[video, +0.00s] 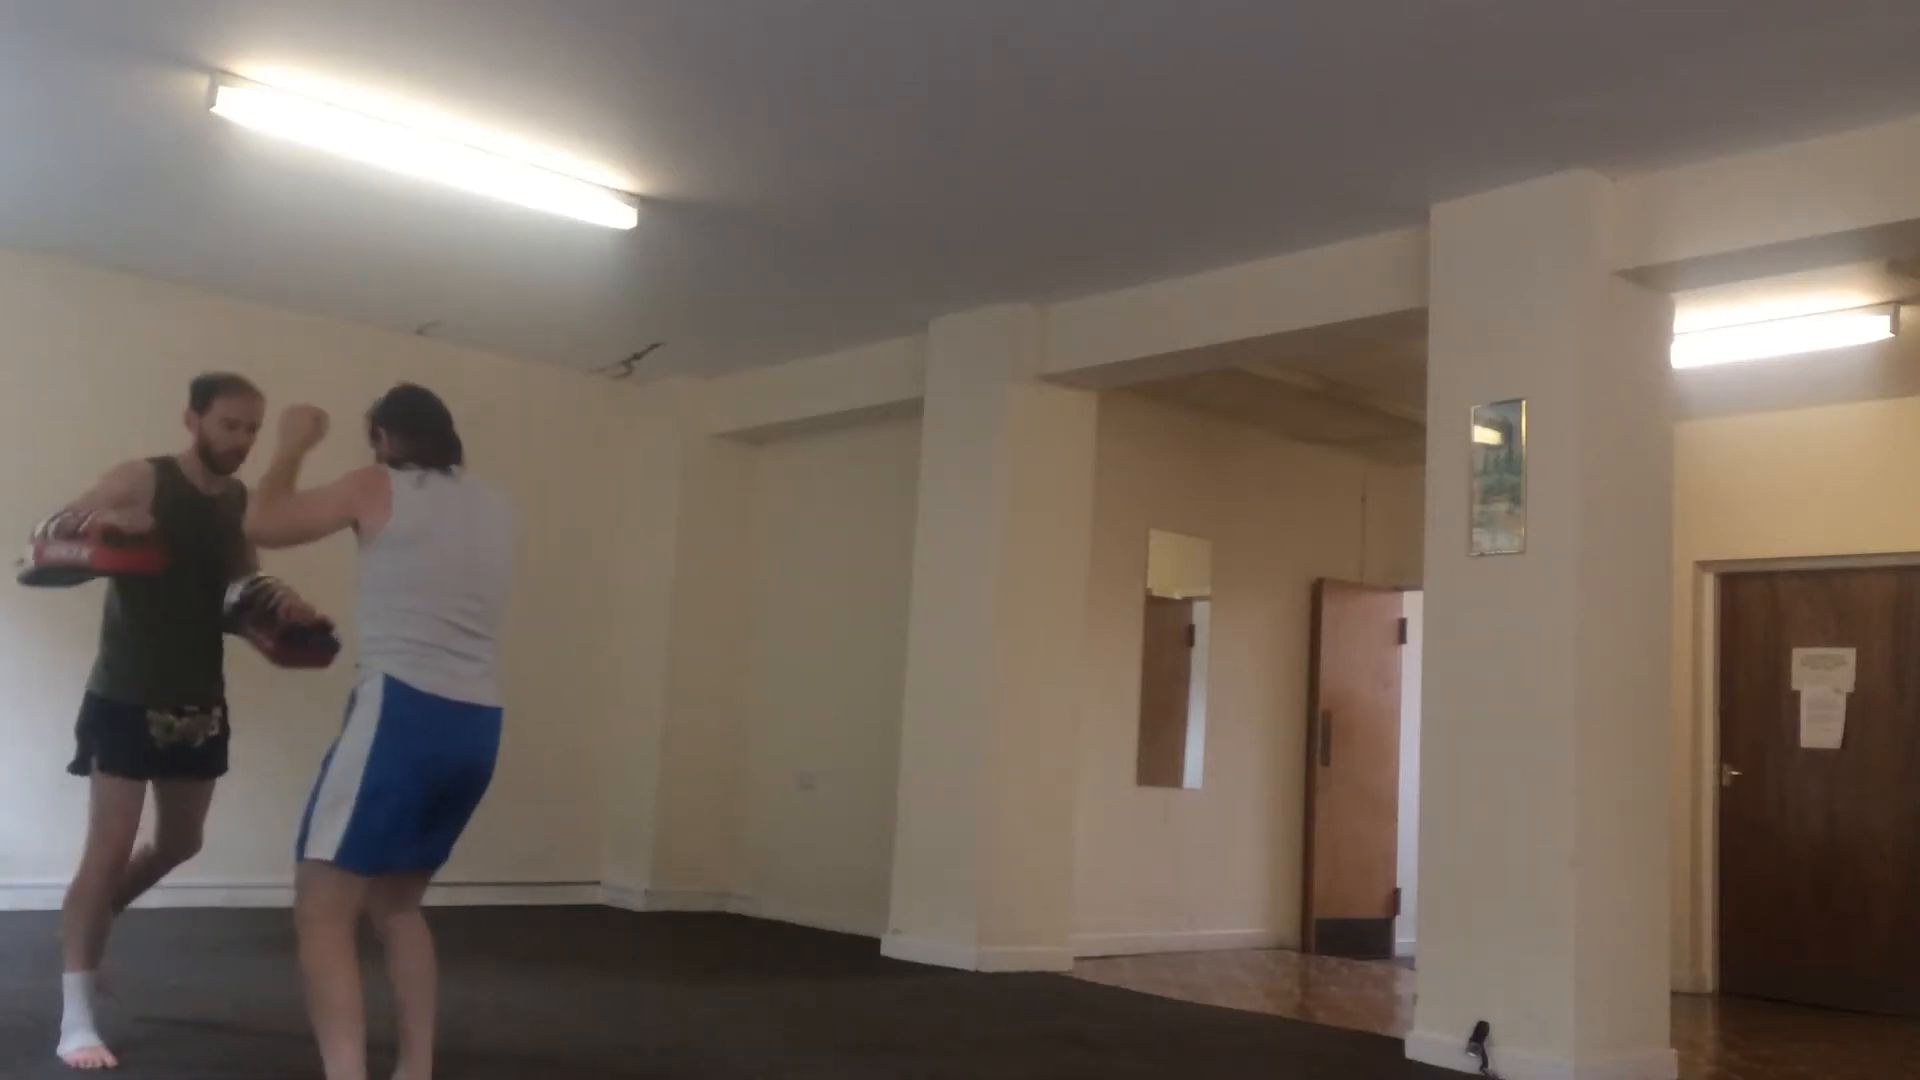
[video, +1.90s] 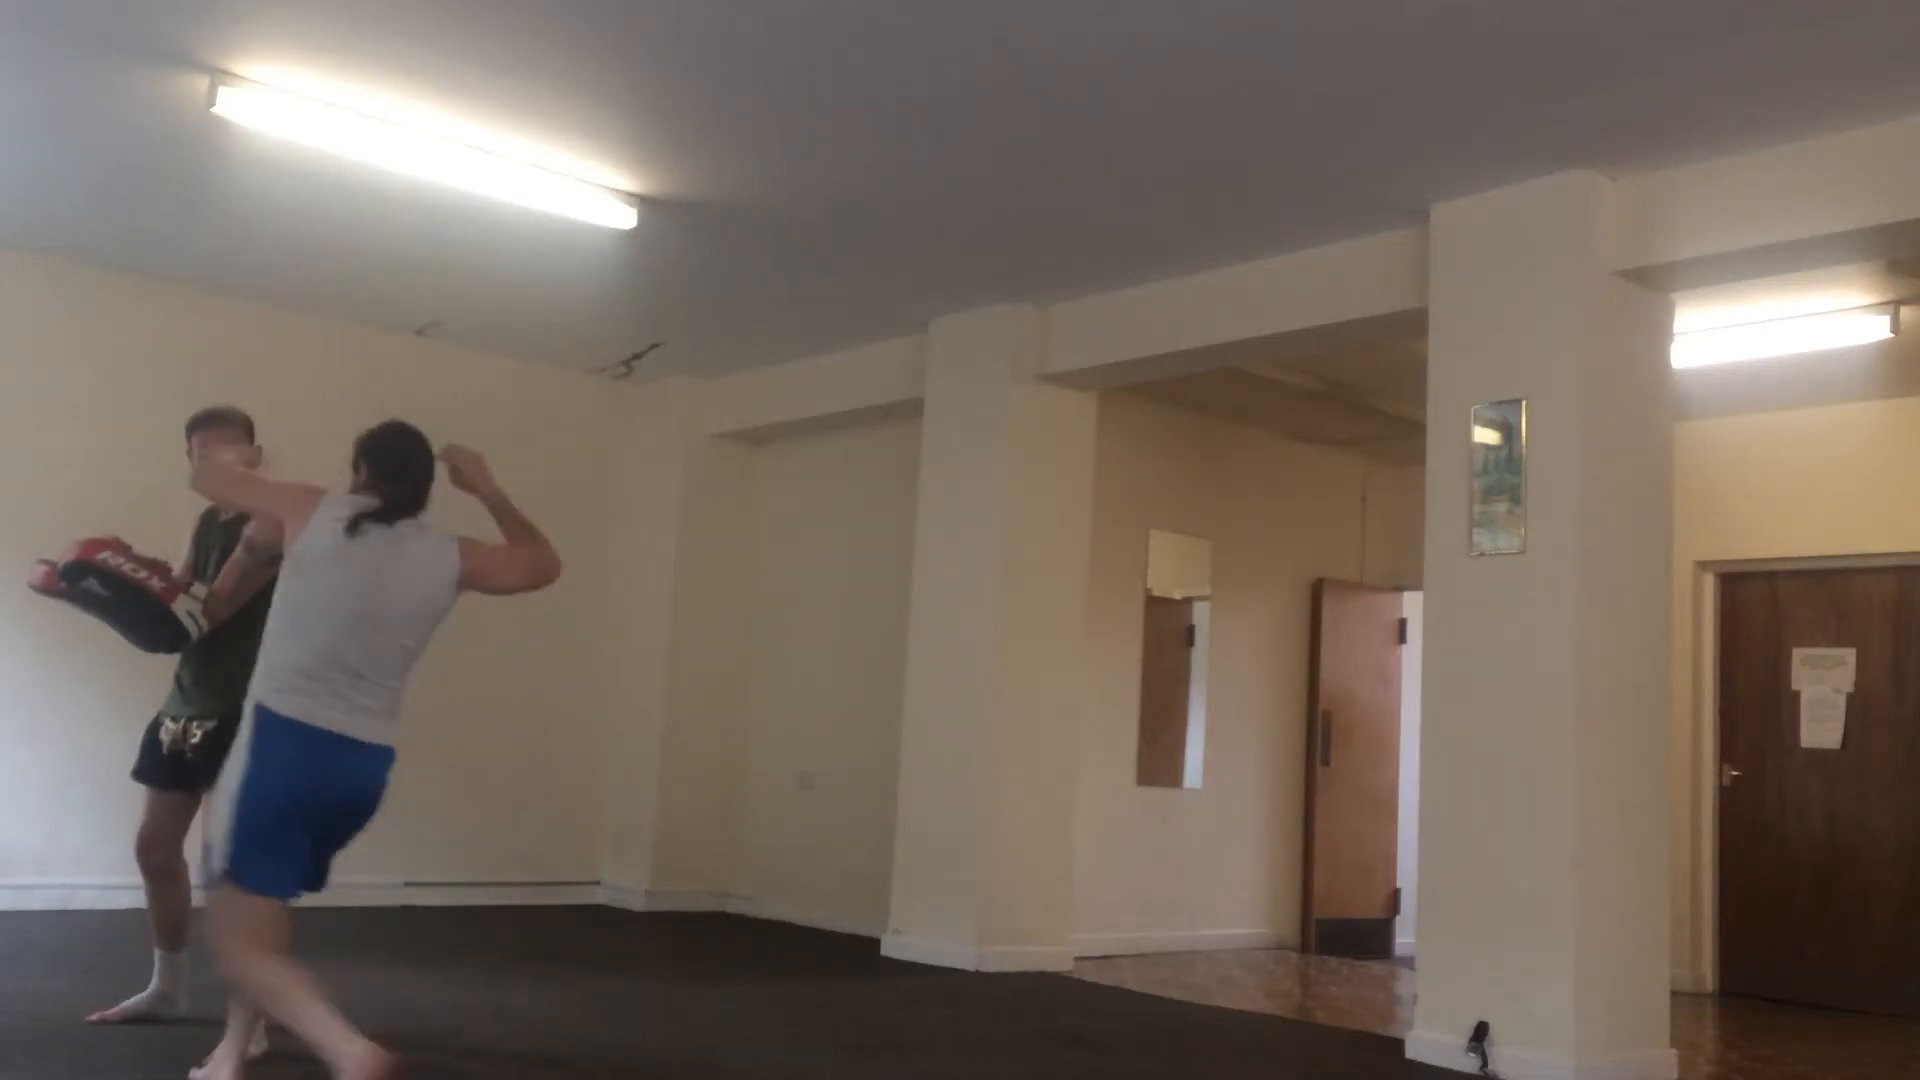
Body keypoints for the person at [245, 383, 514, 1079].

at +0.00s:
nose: (371, 452)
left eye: (373, 441)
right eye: (372, 442)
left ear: (386, 439)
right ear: (448, 437)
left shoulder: (380, 487)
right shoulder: (495, 507)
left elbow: (263, 523)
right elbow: (449, 610)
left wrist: (290, 447)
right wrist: (334, 632)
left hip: (395, 719)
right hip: (473, 730)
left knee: (322, 907)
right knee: (398, 903)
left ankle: (345, 1070)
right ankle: (416, 1068)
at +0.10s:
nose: (375, 461)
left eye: (376, 452)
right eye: (376, 453)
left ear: (389, 450)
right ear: (448, 448)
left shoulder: (388, 499)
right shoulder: (499, 515)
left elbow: (277, 538)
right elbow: (441, 586)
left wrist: (315, 459)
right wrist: (346, 583)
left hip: (408, 731)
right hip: (486, 741)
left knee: (316, 910)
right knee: (401, 904)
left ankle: (346, 1071)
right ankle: (414, 1069)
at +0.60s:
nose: (381, 436)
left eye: (384, 427)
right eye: (385, 427)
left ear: (398, 431)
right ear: (461, 434)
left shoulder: (384, 477)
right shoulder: (510, 500)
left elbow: (289, 533)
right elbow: (454, 589)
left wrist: (342, 459)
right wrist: (354, 588)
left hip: (418, 715)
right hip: (501, 725)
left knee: (373, 922)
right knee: (422, 907)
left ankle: (416, 1071)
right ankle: (403, 1063)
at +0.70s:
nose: (381, 430)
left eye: (386, 422)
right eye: (386, 422)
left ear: (399, 429)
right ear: (462, 432)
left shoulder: (383, 474)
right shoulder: (511, 497)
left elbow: (288, 526)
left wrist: (344, 453)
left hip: (416, 713)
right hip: (501, 722)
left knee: (381, 922)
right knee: (426, 906)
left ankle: (419, 1071)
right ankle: (405, 1064)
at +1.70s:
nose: (335, 467)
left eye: (340, 459)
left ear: (352, 469)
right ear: (424, 481)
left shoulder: (316, 514)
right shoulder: (461, 545)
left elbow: (227, 598)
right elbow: (477, 573)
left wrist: (310, 496)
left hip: (364, 747)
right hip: (448, 761)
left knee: (327, 968)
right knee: (337, 924)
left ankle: (401, 1073)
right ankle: (287, 1061)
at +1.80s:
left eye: (353, 455)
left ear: (353, 472)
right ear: (424, 486)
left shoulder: (312, 514)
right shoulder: (447, 548)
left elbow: (246, 512)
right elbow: (522, 554)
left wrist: (328, 469)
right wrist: (453, 491)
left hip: (324, 756)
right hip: (405, 771)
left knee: (326, 966)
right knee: (289, 924)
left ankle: (405, 1074)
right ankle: (239, 1049)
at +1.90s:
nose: (348, 473)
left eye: (352, 465)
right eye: (357, 465)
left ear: (359, 474)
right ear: (424, 488)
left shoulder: (308, 510)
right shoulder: (448, 559)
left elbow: (207, 475)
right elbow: (542, 564)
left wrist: (250, 472)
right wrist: (491, 493)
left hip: (286, 748)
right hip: (363, 767)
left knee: (240, 945)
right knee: (268, 904)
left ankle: (355, 1055)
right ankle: (230, 1056)